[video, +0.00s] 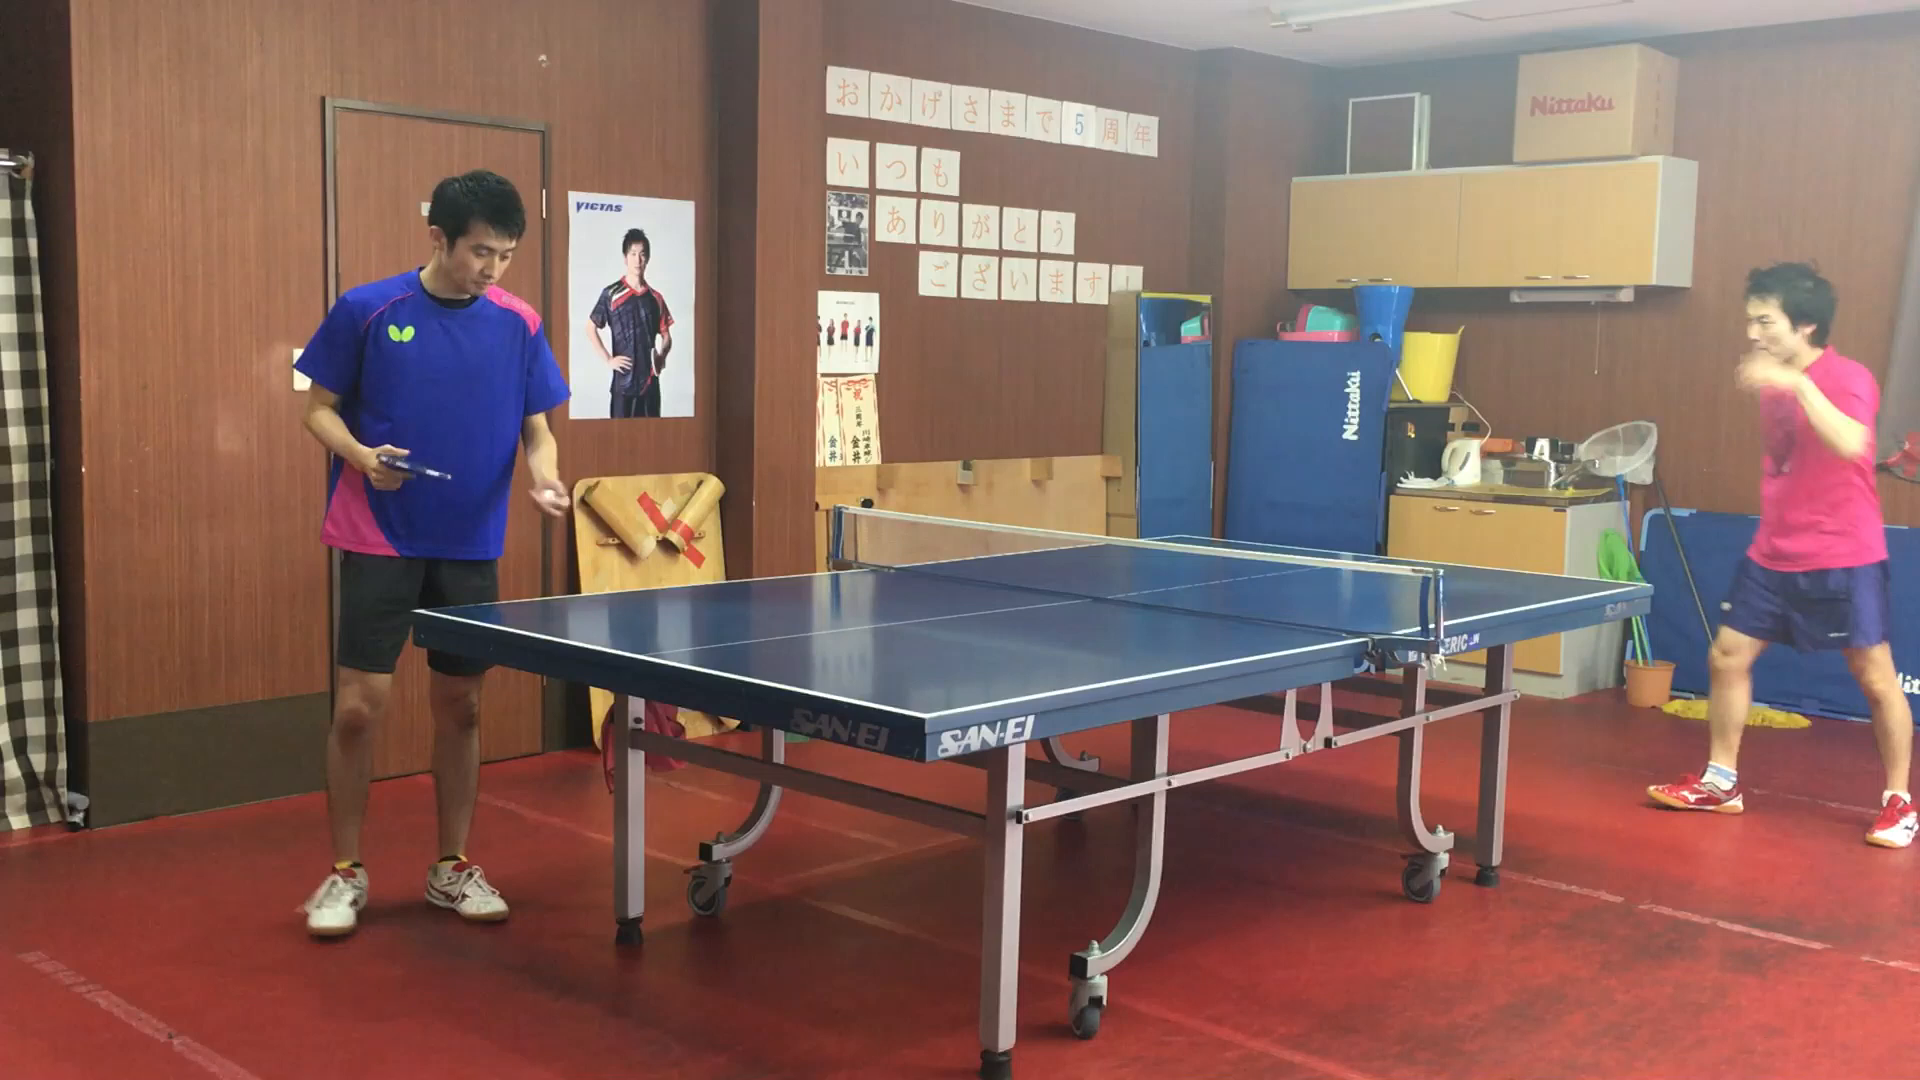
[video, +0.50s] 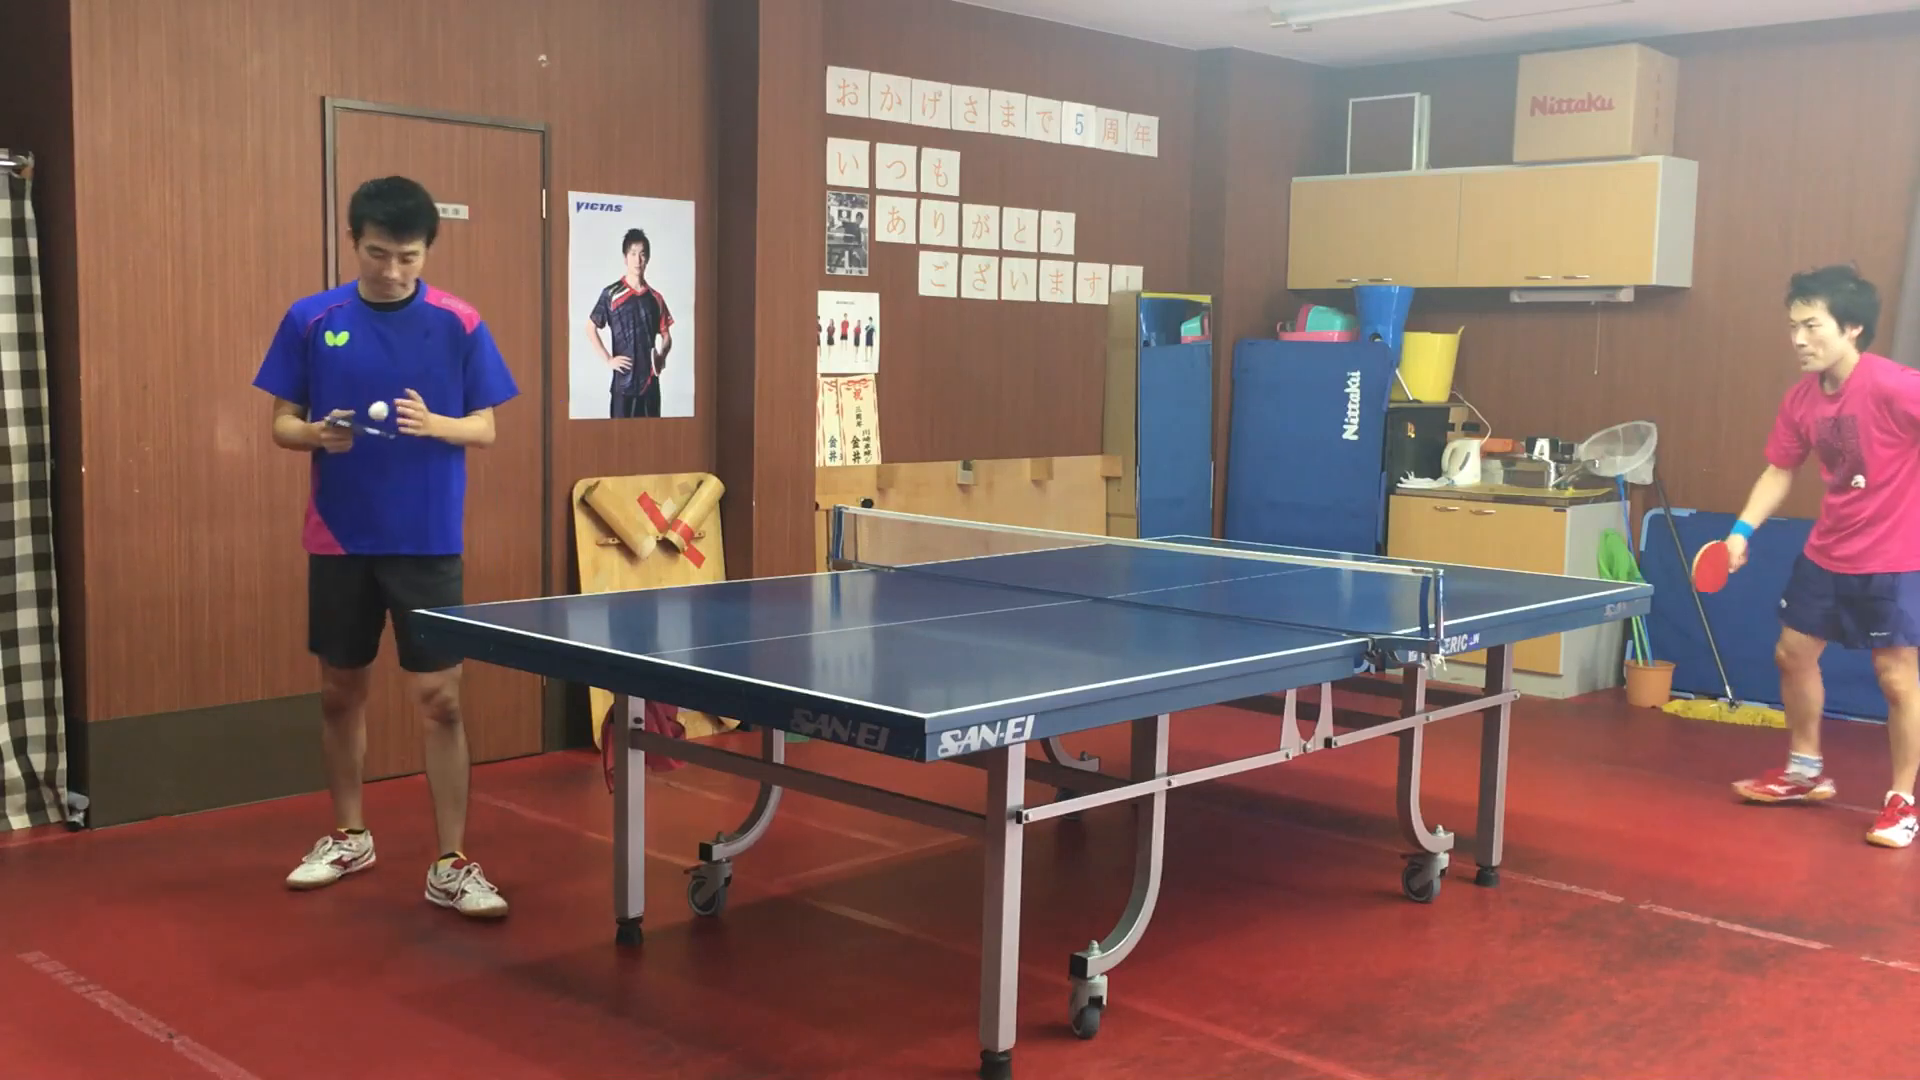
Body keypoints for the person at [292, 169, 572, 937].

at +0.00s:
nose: (494, 269)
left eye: (504, 255)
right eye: (482, 252)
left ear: (510, 250)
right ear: (437, 236)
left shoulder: (519, 326)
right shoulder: (365, 311)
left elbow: (538, 430)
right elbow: (317, 406)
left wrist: (545, 476)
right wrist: (359, 454)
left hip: (468, 549)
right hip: (375, 542)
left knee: (460, 707)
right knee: (356, 712)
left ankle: (452, 867)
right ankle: (346, 871)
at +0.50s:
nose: (393, 272)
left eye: (407, 258)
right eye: (379, 256)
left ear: (427, 250)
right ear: (354, 244)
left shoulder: (458, 324)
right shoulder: (311, 321)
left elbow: (485, 428)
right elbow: (283, 424)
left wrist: (436, 424)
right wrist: (317, 433)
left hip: (427, 550)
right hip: (341, 548)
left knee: (441, 703)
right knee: (341, 695)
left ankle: (450, 862)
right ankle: (350, 837)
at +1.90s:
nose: (316, 278)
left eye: (332, 263)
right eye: (303, 261)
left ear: (349, 252)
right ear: (275, 244)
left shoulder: (371, 317)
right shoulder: (220, 312)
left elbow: (391, 424)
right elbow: (196, 424)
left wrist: (353, 434)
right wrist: (253, 421)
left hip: (339, 546)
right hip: (248, 544)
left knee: (356, 701)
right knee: (235, 702)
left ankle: (360, 853)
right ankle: (244, 852)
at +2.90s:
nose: (406, 353)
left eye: (424, 338)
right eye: (393, 334)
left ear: (439, 332)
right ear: (360, 319)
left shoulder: (451, 399)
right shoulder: (297, 365)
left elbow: (455, 508)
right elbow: (267, 485)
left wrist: (454, 536)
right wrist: (336, 512)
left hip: (385, 587)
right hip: (291, 577)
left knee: (399, 744)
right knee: (232, 744)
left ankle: (392, 901)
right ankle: (240, 844)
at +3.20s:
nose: (361, 336)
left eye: (376, 320)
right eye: (344, 317)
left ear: (391, 322)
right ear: (311, 317)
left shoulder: (418, 395)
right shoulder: (263, 379)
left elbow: (440, 483)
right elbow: (250, 497)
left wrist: (449, 534)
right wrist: (320, 518)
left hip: (380, 599)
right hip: (282, 595)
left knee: (397, 746)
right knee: (204, 754)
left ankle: (392, 902)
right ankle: (180, 837)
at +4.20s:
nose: (345, 358)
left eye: (344, 341)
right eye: (332, 342)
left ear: (283, 354)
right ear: (275, 354)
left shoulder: (329, 417)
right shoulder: (191, 445)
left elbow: (335, 486)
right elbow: (157, 568)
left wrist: (365, 553)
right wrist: (250, 609)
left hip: (317, 638)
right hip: (219, 659)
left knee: (411, 766)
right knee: (209, 844)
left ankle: (354, 909)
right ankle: (158, 825)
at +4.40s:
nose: (364, 300)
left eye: (364, 282)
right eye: (356, 282)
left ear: (308, 284)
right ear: (305, 283)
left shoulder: (306, 368)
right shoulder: (203, 367)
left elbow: (272, 476)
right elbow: (150, 509)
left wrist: (322, 539)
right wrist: (273, 560)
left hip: (239, 600)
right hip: (156, 600)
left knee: (332, 745)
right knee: (190, 795)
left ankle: (323, 911)